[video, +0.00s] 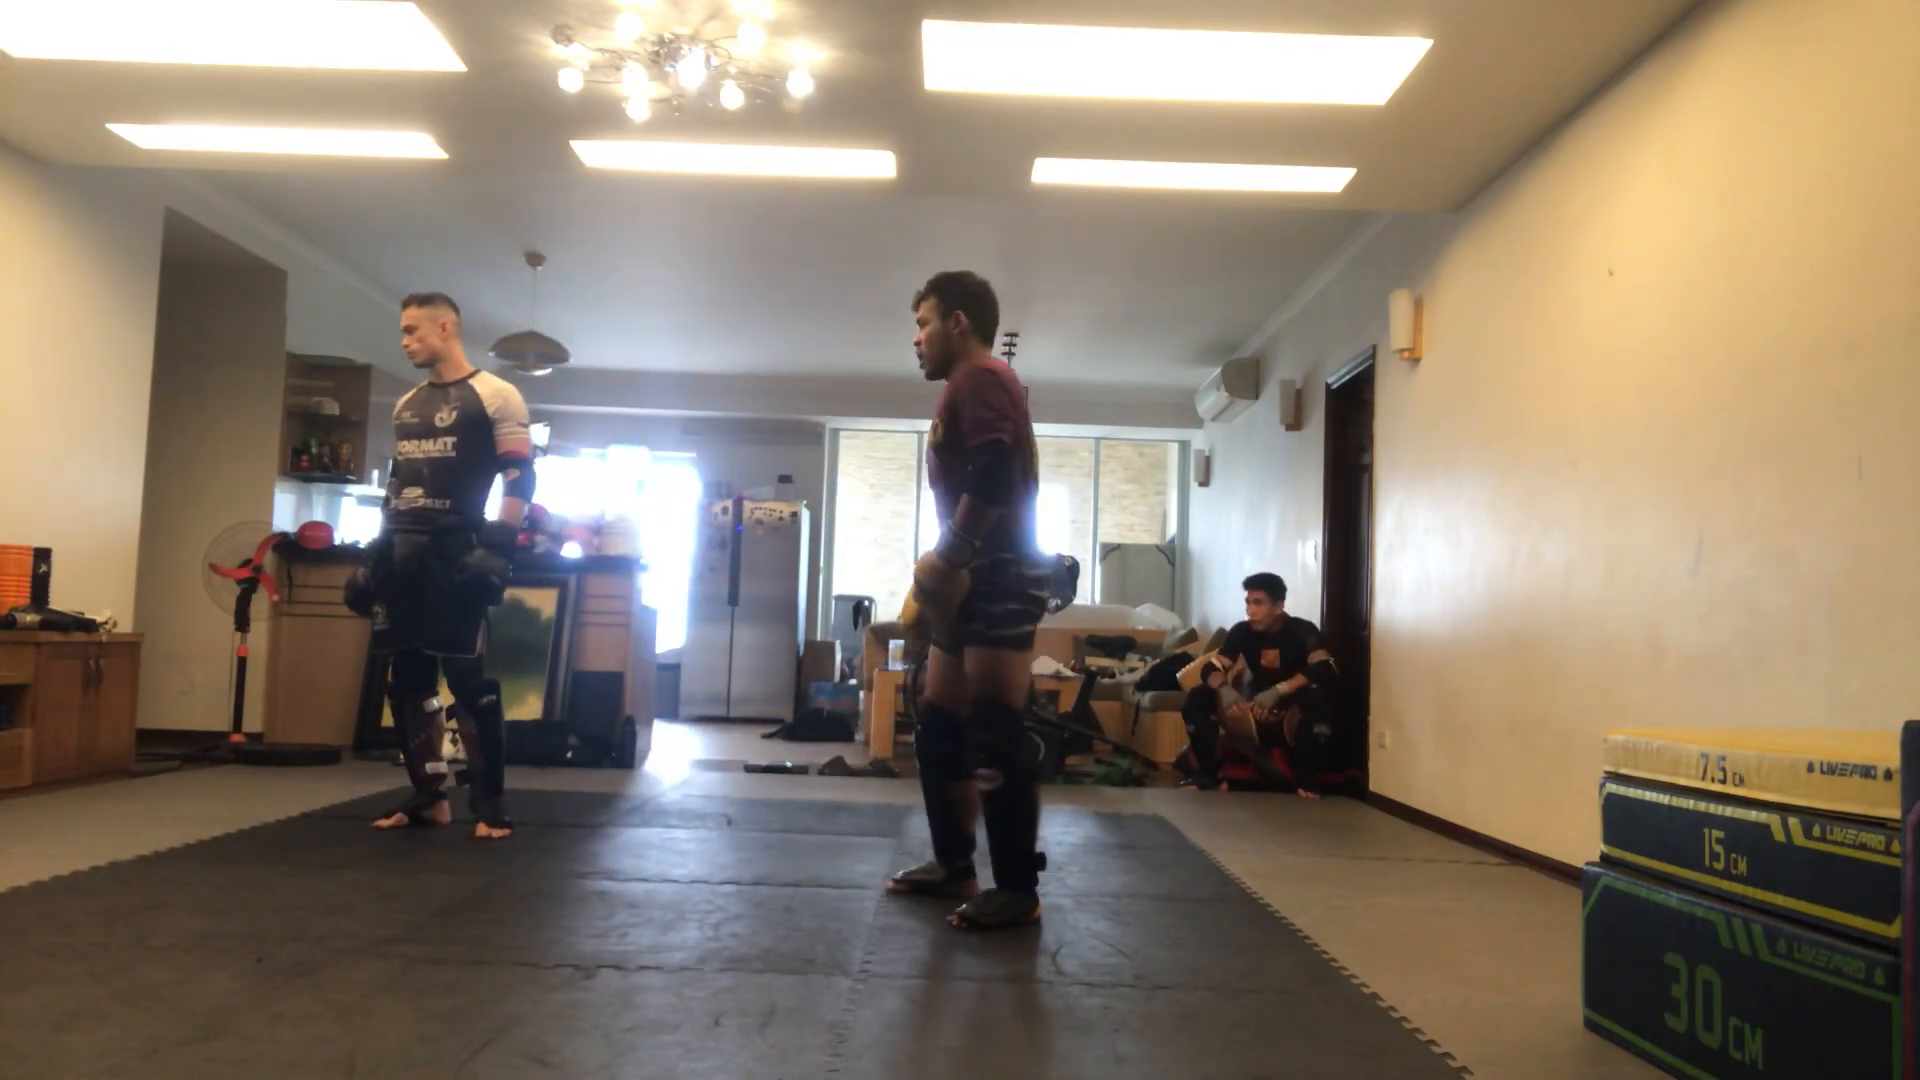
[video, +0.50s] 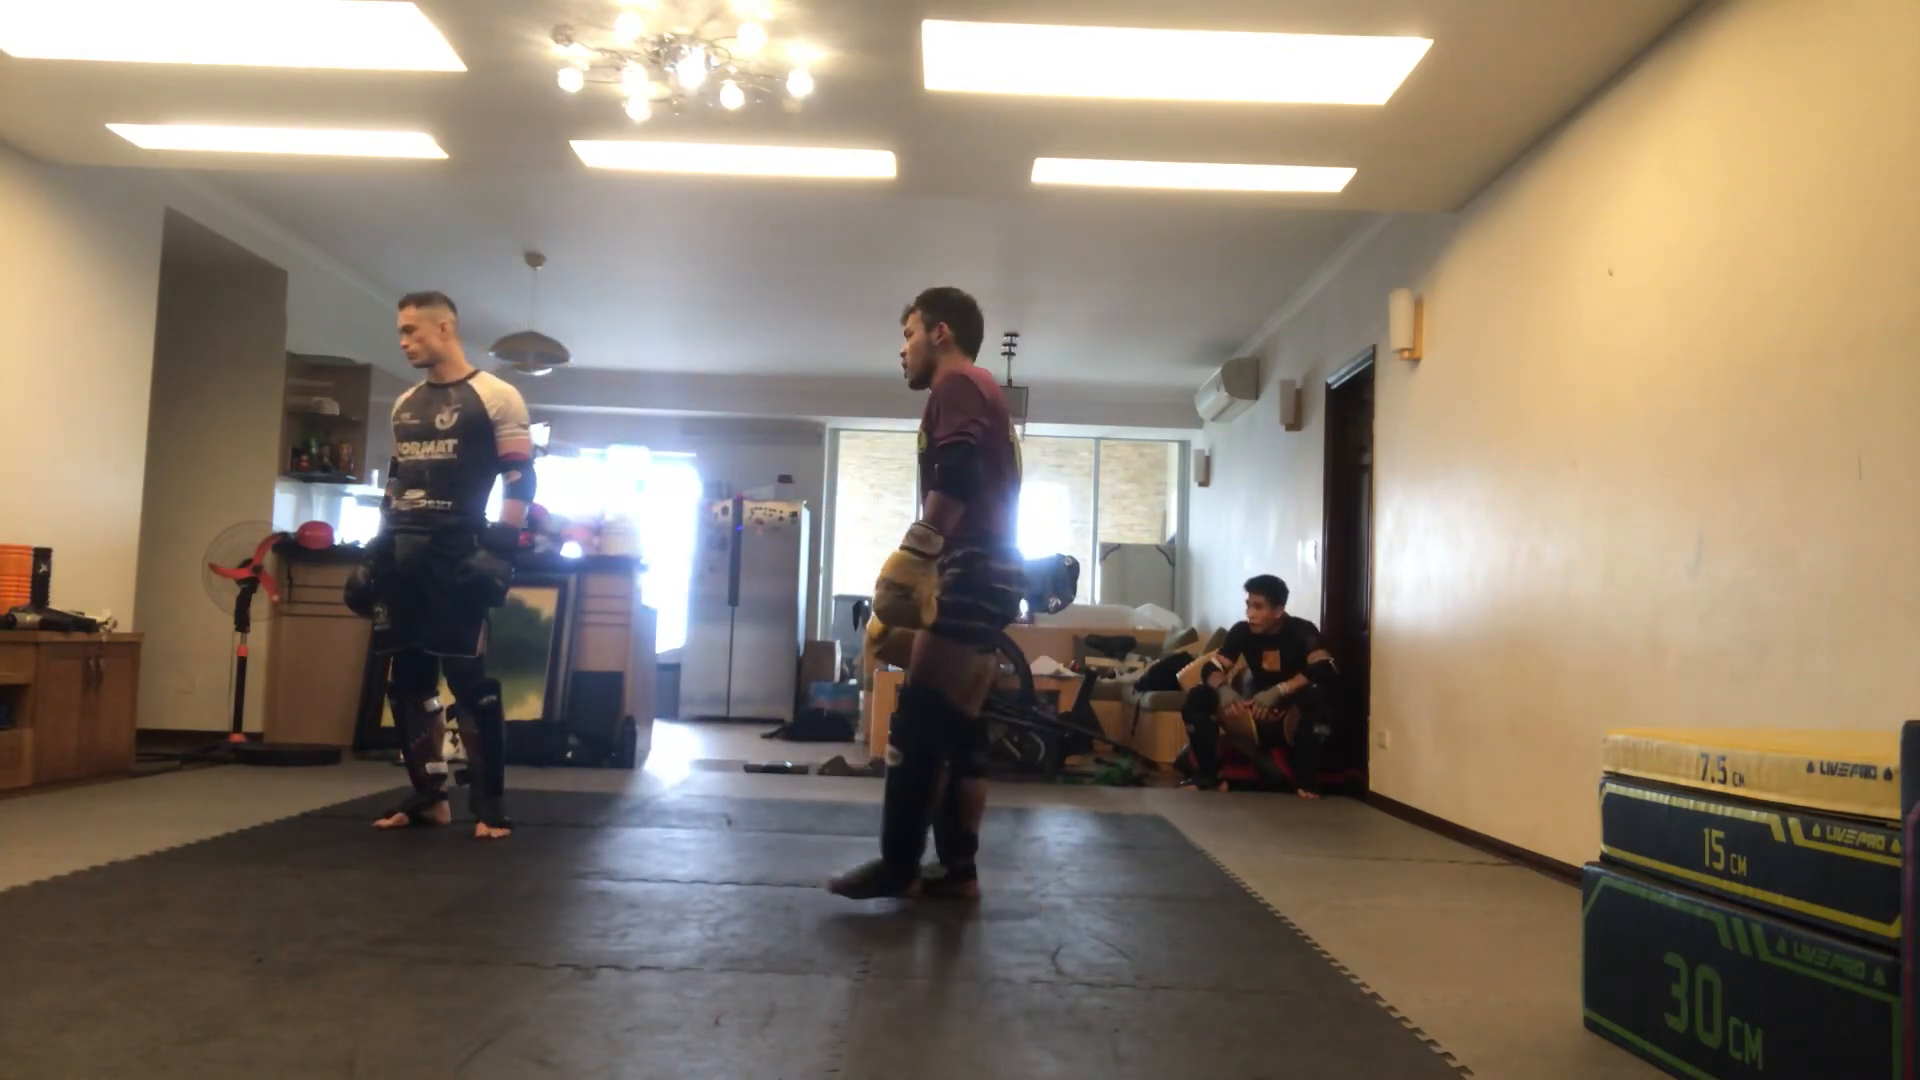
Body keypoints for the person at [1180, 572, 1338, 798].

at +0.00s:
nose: (1250, 610)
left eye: (1257, 603)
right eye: (1248, 603)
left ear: (1279, 605)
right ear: (1245, 603)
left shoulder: (1303, 631)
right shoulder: (1242, 632)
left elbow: (1324, 667)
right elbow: (1211, 669)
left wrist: (1277, 691)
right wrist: (1224, 689)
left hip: (1294, 708)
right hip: (1252, 708)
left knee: (1317, 704)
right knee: (1197, 699)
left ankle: (1307, 781)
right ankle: (1208, 775)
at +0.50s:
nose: (1250, 613)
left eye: (1257, 607)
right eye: (1248, 606)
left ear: (1278, 611)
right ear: (1245, 604)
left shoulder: (1302, 631)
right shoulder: (1242, 632)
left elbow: (1324, 668)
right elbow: (1212, 668)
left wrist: (1277, 691)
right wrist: (1223, 690)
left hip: (1293, 713)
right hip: (1254, 712)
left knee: (1316, 701)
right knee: (1198, 698)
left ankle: (1306, 781)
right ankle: (1208, 776)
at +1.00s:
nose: (1250, 614)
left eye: (1258, 608)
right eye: (1249, 606)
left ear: (1279, 611)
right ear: (1246, 604)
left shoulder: (1303, 631)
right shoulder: (1242, 631)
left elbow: (1325, 668)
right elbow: (1212, 669)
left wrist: (1278, 691)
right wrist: (1224, 691)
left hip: (1294, 711)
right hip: (1253, 711)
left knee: (1318, 702)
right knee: (1198, 698)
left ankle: (1306, 782)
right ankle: (1208, 776)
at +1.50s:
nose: (1248, 614)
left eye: (1256, 608)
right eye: (1247, 606)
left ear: (1278, 611)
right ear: (1245, 604)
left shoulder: (1302, 631)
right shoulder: (1241, 632)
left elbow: (1327, 668)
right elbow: (1212, 668)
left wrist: (1282, 690)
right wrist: (1223, 689)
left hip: (1294, 718)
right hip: (1253, 718)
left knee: (1321, 700)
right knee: (1198, 698)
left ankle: (1306, 781)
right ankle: (1208, 776)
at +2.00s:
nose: (1246, 620)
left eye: (1251, 613)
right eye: (1244, 613)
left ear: (1274, 608)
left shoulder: (1306, 633)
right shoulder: (1243, 632)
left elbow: (1312, 676)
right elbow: (1211, 668)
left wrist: (1279, 635)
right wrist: (1223, 689)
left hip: (1293, 720)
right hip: (1251, 720)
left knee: (1319, 703)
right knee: (1198, 698)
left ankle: (1306, 782)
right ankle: (1208, 777)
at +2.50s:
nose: (1246, 620)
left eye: (1252, 613)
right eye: (1243, 613)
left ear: (1273, 609)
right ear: (1240, 610)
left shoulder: (1304, 632)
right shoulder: (1241, 632)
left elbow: (1314, 675)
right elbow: (1210, 669)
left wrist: (1276, 637)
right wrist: (1222, 690)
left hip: (1291, 720)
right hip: (1251, 719)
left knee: (1317, 696)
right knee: (1198, 698)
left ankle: (1305, 780)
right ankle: (1207, 776)